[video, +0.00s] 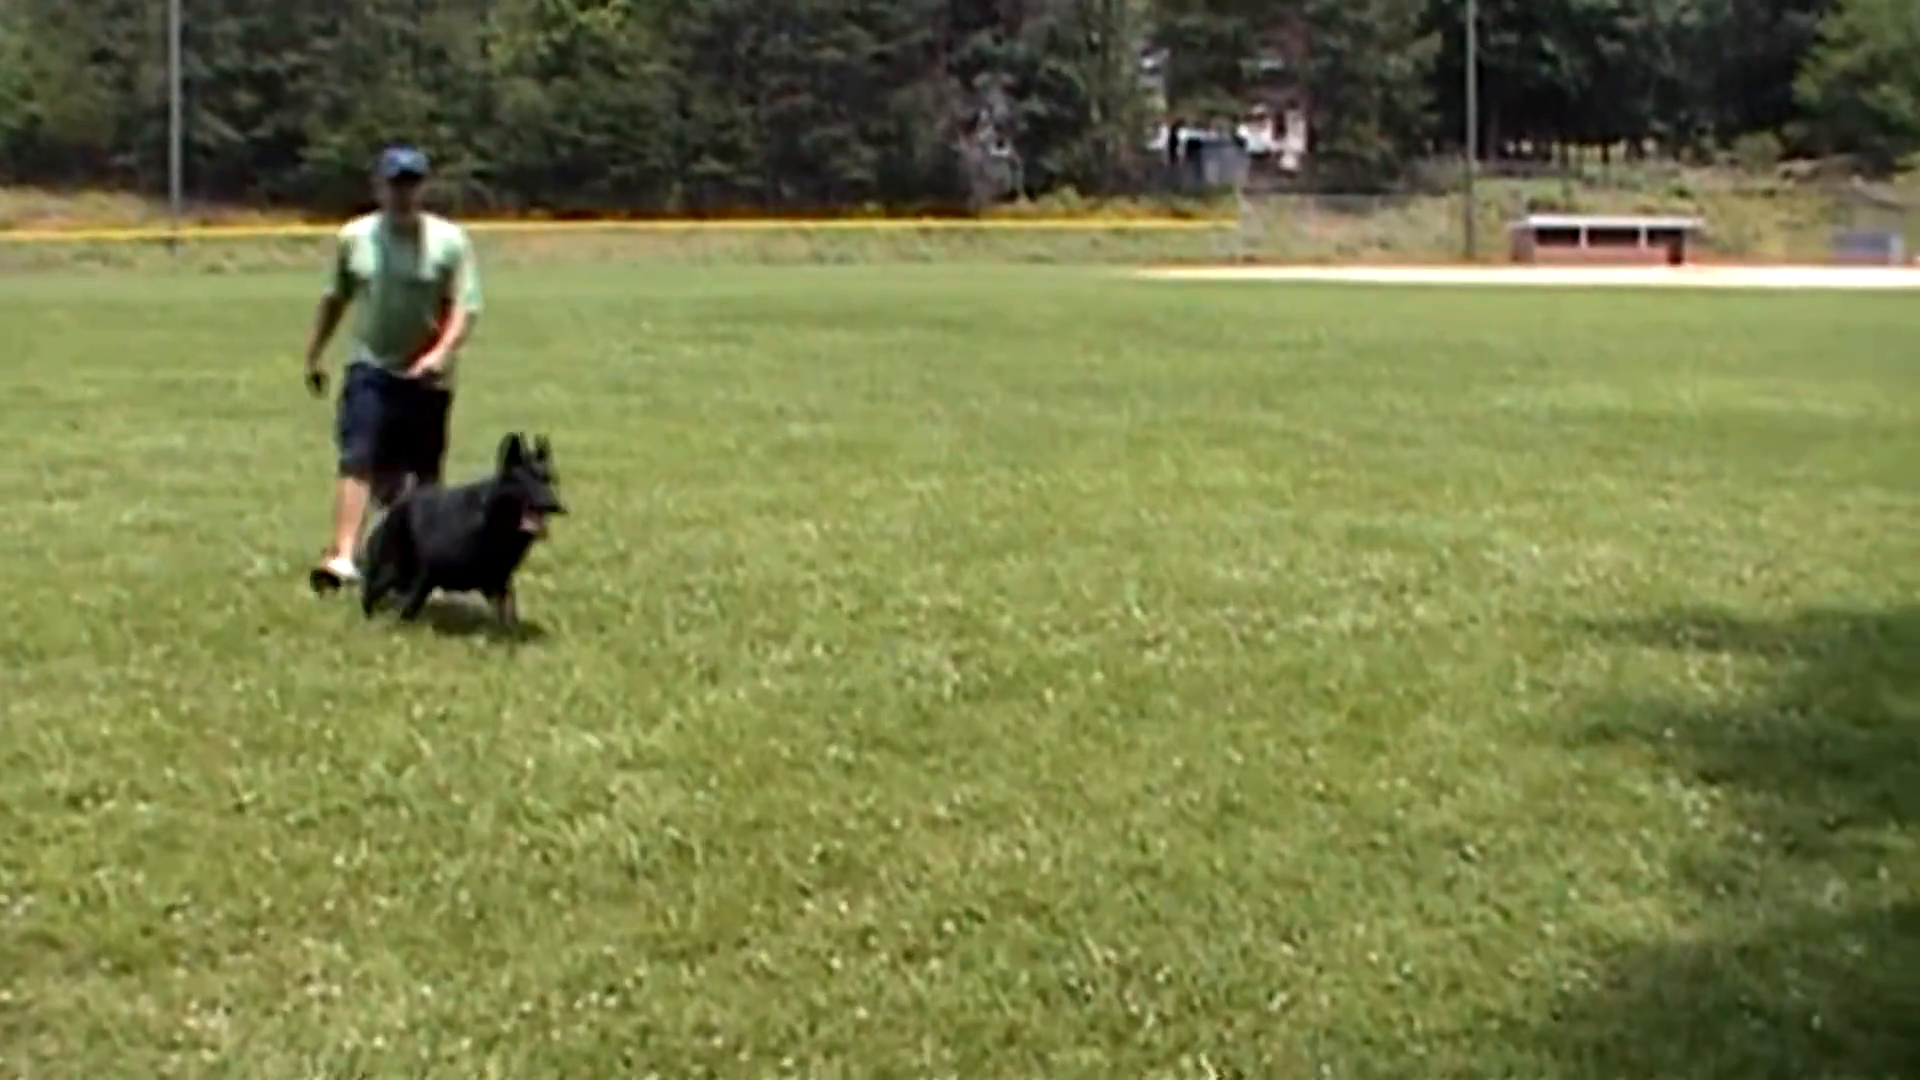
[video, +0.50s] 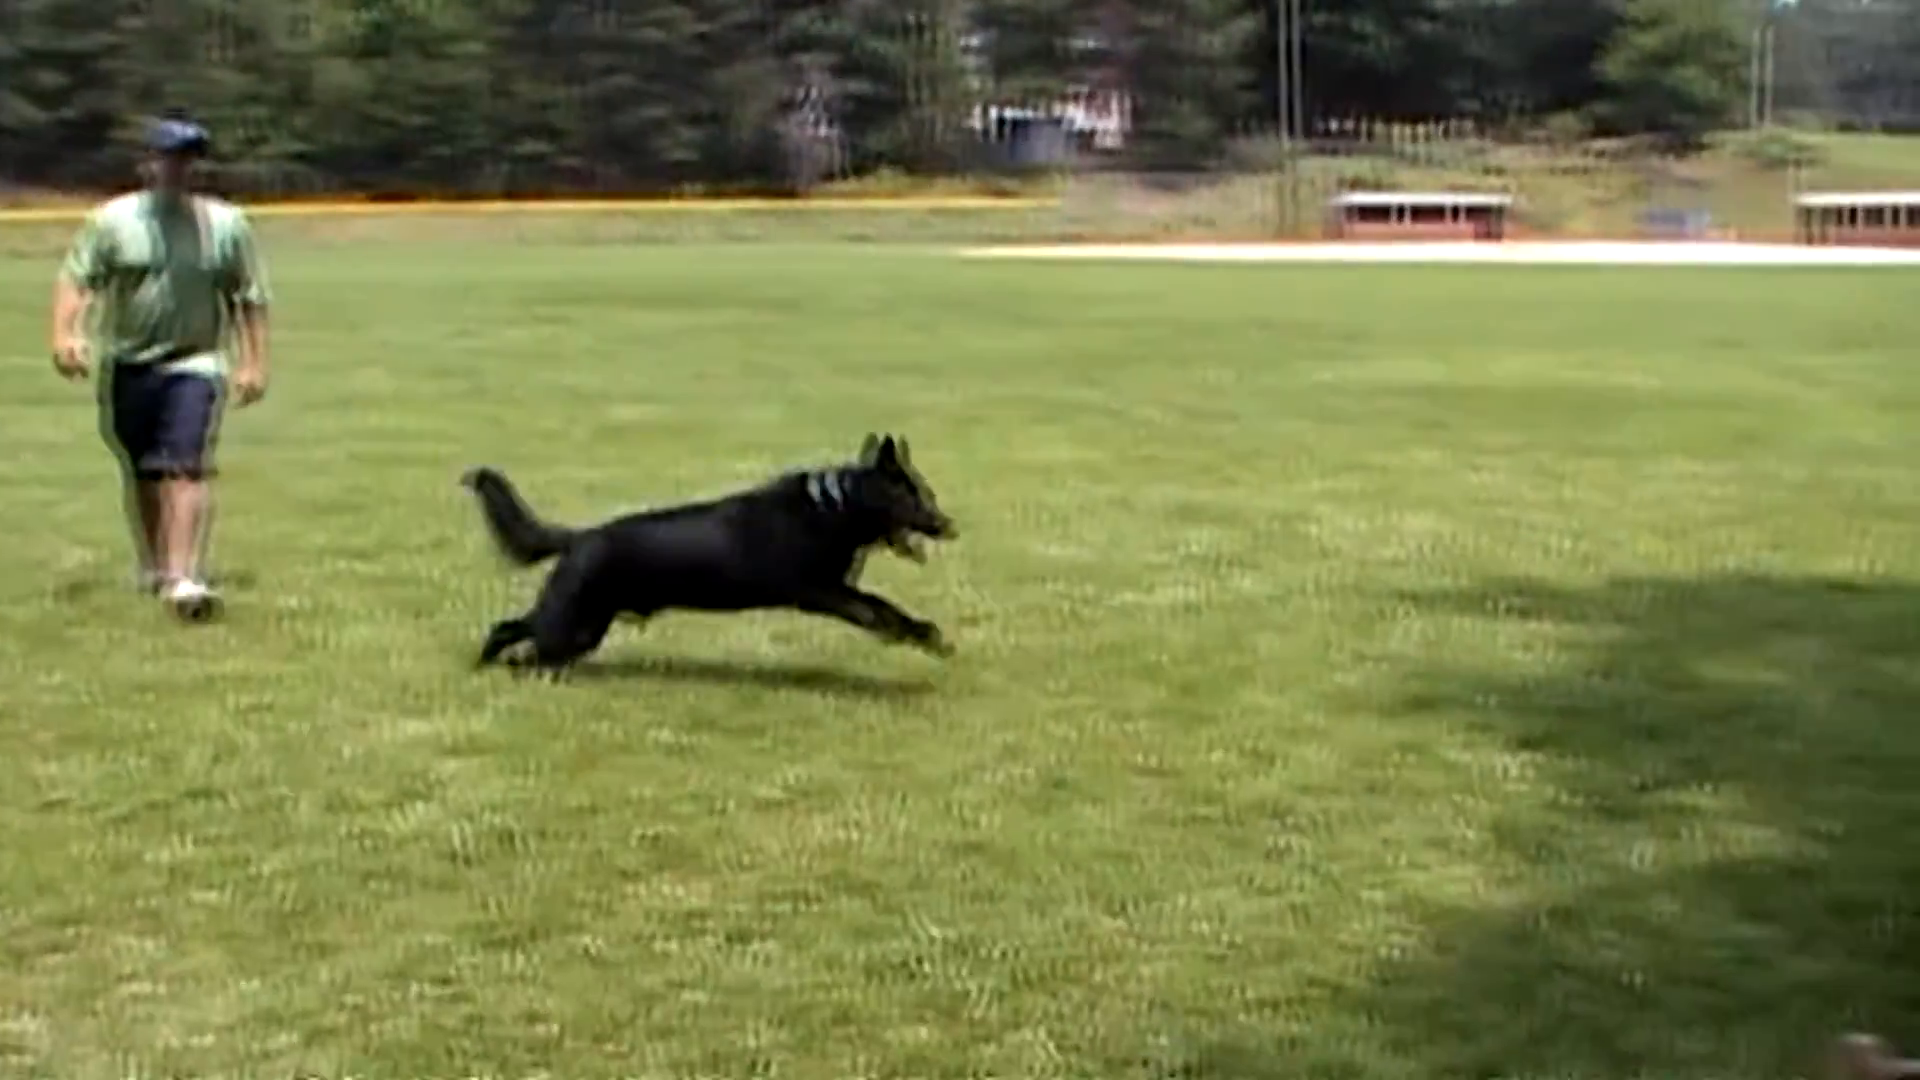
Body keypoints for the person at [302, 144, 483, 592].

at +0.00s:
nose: (402, 194)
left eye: (411, 184)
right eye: (394, 184)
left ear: (424, 188)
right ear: (378, 187)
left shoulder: (449, 241)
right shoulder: (357, 238)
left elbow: (464, 306)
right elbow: (337, 297)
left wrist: (439, 354)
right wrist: (314, 353)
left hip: (426, 372)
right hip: (371, 365)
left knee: (420, 477)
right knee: (357, 462)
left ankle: (411, 558)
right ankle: (344, 555)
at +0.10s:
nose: (360, 191)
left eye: (369, 181)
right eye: (351, 180)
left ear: (381, 186)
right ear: (334, 185)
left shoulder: (405, 240)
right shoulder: (311, 239)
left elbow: (422, 308)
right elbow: (293, 301)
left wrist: (401, 362)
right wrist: (269, 359)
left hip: (383, 375)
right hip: (329, 369)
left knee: (385, 474)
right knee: (322, 470)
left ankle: (399, 554)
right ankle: (313, 566)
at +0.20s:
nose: (328, 182)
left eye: (336, 172)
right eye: (319, 171)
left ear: (348, 177)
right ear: (301, 177)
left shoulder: (371, 233)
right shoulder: (276, 231)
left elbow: (387, 306)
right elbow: (259, 300)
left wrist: (378, 367)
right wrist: (235, 361)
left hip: (343, 371)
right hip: (288, 365)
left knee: (347, 471)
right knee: (284, 472)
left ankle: (359, 520)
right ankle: (291, 562)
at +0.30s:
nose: (303, 168)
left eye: (311, 157)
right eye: (293, 158)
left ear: (322, 163)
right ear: (272, 163)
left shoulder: (347, 220)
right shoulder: (247, 217)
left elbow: (364, 295)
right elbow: (224, 285)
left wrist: (365, 355)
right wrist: (201, 343)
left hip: (320, 355)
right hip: (260, 353)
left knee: (311, 456)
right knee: (260, 465)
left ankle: (316, 516)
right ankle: (269, 556)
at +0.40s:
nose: (257, 165)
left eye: (264, 154)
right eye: (247, 154)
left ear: (276, 159)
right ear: (227, 159)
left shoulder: (301, 219)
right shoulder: (190, 215)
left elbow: (325, 293)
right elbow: (160, 277)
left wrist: (329, 355)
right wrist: (146, 332)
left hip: (272, 347)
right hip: (210, 347)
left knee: (267, 451)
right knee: (218, 463)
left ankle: (264, 552)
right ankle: (227, 558)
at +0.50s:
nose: (180, 171)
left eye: (187, 160)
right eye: (170, 160)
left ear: (198, 166)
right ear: (149, 165)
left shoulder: (225, 225)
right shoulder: (112, 222)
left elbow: (249, 298)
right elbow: (75, 279)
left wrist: (255, 362)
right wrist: (65, 334)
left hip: (195, 355)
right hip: (132, 356)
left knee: (185, 465)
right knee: (145, 472)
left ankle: (183, 573)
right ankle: (153, 564)